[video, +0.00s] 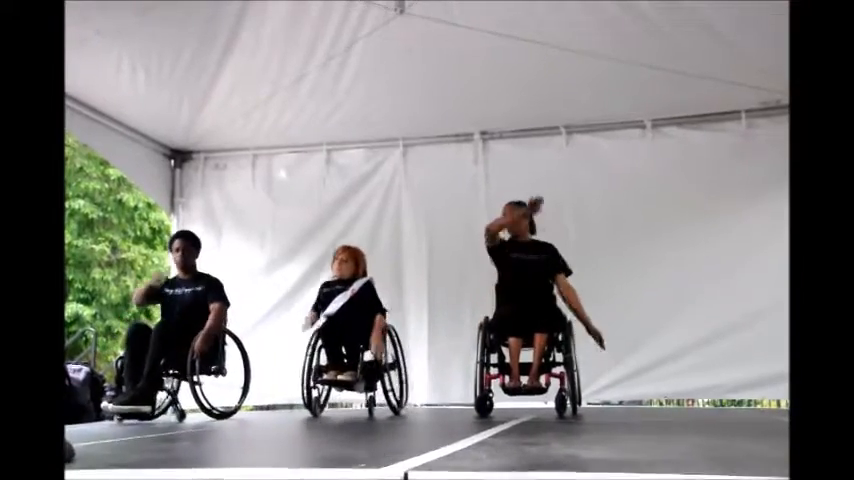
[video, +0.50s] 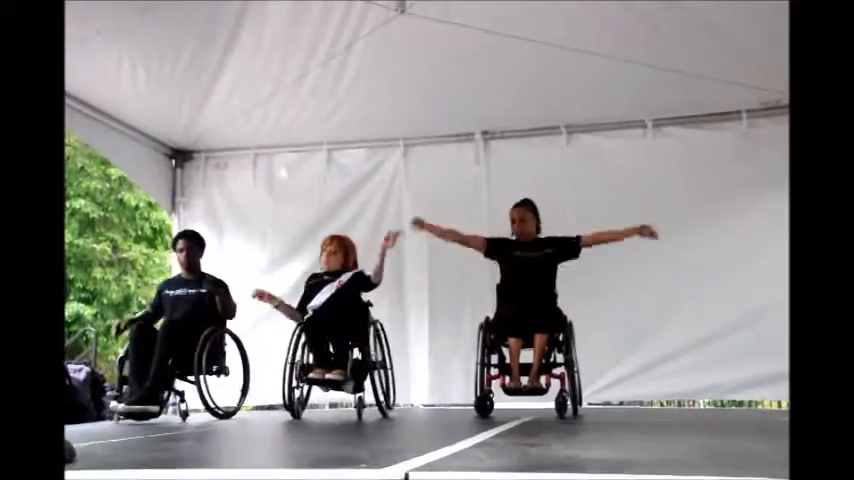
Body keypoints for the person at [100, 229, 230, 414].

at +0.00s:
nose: (181, 255)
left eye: (186, 250)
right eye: (177, 251)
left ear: (196, 253)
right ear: (172, 255)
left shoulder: (210, 284)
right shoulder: (168, 286)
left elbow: (219, 312)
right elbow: (139, 302)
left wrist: (205, 337)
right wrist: (148, 288)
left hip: (200, 350)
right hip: (172, 348)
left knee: (163, 328)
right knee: (137, 330)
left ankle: (146, 395)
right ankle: (131, 394)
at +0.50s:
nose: (185, 256)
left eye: (190, 250)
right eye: (180, 251)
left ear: (200, 253)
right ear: (175, 255)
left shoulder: (214, 285)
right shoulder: (167, 287)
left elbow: (229, 314)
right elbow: (153, 313)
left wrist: (219, 292)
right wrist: (128, 322)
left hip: (205, 350)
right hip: (174, 348)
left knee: (169, 327)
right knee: (141, 329)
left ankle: (151, 397)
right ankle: (136, 397)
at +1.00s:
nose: (190, 261)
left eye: (195, 256)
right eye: (185, 256)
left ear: (201, 258)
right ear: (177, 259)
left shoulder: (215, 289)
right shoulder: (168, 291)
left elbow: (237, 315)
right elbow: (156, 319)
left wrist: (211, 297)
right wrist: (129, 340)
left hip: (205, 353)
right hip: (175, 352)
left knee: (162, 333)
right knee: (136, 334)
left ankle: (146, 401)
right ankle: (132, 398)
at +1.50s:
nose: (203, 262)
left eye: (207, 258)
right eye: (197, 257)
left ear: (211, 261)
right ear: (186, 260)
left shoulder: (223, 292)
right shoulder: (172, 292)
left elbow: (250, 312)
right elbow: (147, 320)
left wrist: (260, 300)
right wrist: (126, 348)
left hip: (211, 357)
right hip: (180, 356)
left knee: (170, 335)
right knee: (144, 334)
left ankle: (153, 401)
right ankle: (138, 399)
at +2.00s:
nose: (207, 267)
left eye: (212, 262)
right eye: (203, 262)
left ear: (222, 262)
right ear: (197, 262)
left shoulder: (233, 292)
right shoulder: (192, 287)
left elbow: (238, 324)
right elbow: (184, 314)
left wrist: (207, 317)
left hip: (218, 350)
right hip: (192, 346)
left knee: (174, 335)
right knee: (154, 335)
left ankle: (153, 399)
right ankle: (144, 398)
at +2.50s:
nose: (198, 272)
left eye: (203, 267)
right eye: (196, 267)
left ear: (218, 266)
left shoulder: (213, 293)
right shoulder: (241, 288)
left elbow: (190, 327)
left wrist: (186, 315)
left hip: (225, 362)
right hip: (248, 358)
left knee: (173, 337)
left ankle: (160, 396)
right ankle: (173, 396)